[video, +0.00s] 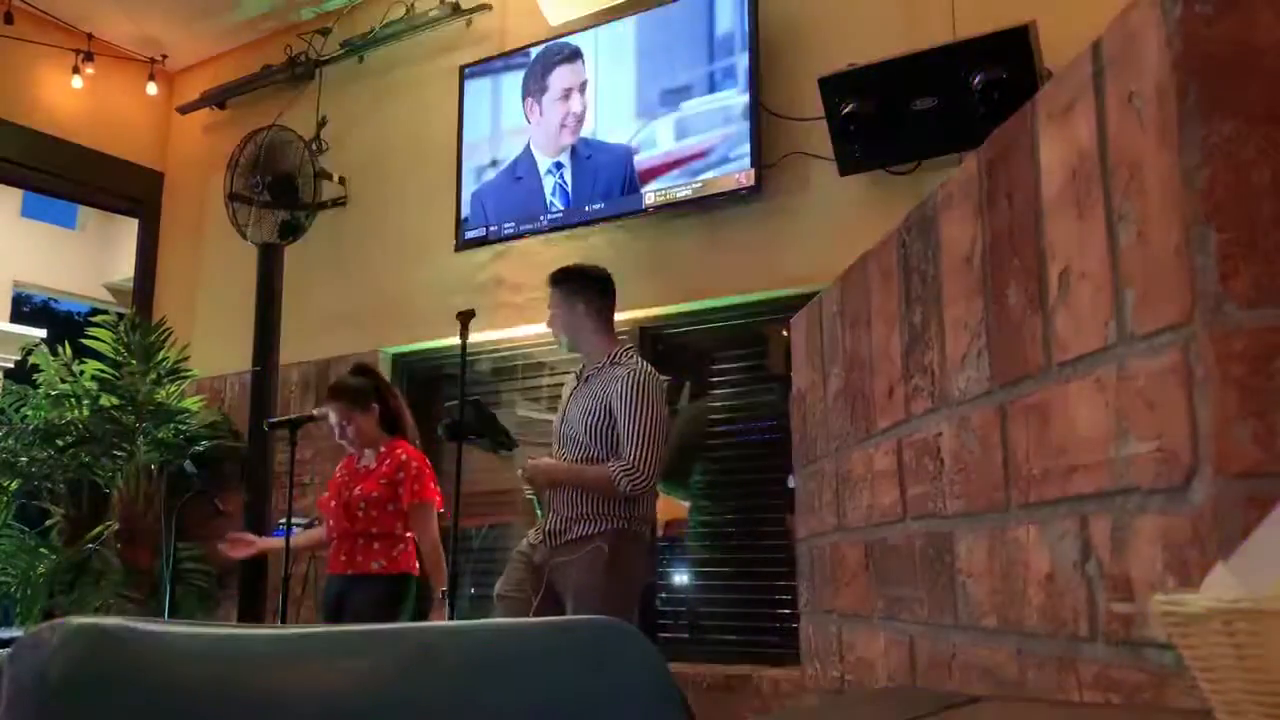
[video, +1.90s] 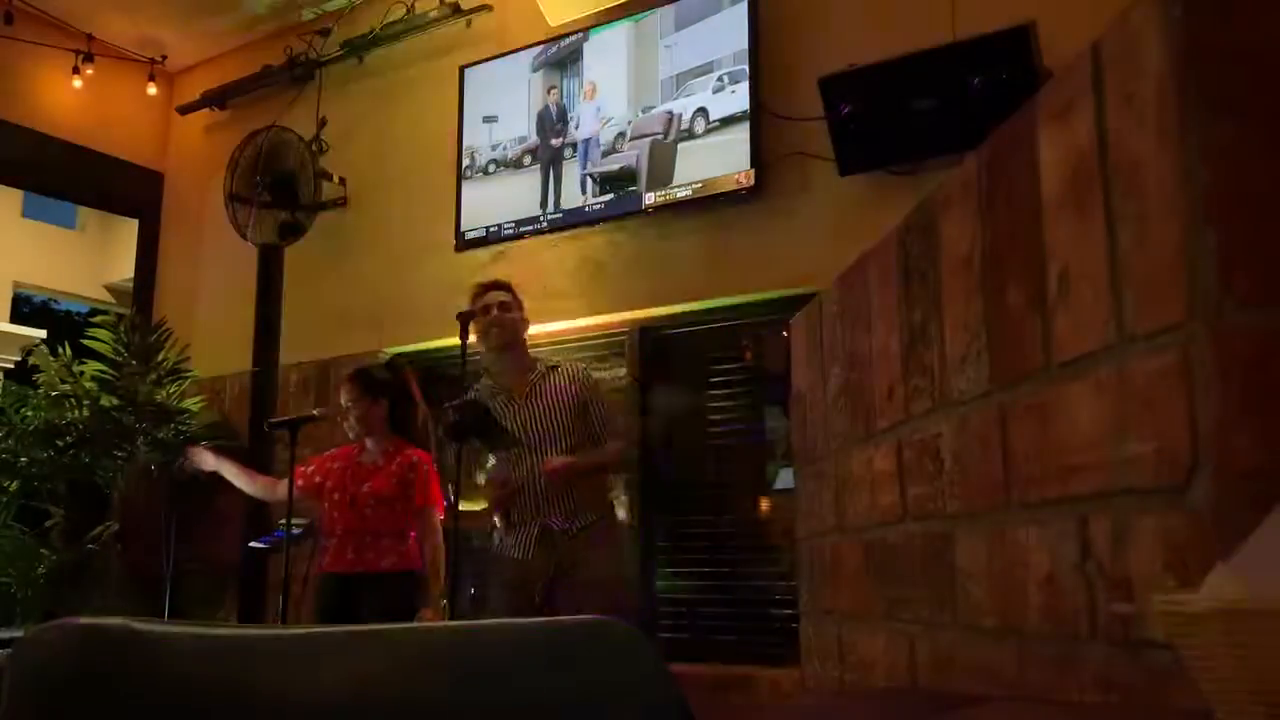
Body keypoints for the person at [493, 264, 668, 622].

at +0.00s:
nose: (548, 321)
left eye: (553, 308)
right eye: (549, 309)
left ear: (581, 309)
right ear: (586, 310)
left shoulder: (634, 377)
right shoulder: (582, 379)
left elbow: (638, 477)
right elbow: (585, 461)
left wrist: (556, 472)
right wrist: (546, 470)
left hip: (604, 544)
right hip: (552, 538)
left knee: (599, 664)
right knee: (507, 645)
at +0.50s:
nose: (494, 343)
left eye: (494, 331)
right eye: (492, 332)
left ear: (515, 328)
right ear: (518, 327)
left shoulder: (580, 371)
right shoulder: (533, 379)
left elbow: (614, 456)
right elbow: (536, 454)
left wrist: (532, 476)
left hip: (578, 541)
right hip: (538, 541)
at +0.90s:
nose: (456, 348)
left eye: (458, 335)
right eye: (452, 340)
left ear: (488, 324)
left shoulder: (548, 374)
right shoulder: (489, 397)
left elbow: (580, 449)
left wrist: (492, 468)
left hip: (546, 541)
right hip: (496, 545)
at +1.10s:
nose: (442, 349)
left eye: (447, 334)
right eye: (436, 343)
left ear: (479, 326)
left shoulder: (540, 371)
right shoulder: (470, 403)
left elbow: (600, 427)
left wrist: (542, 478)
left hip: (553, 539)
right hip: (495, 544)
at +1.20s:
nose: (440, 348)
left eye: (446, 333)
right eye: (432, 343)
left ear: (474, 328)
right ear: (432, 350)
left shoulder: (541, 374)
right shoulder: (464, 408)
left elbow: (608, 421)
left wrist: (571, 467)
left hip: (555, 537)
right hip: (495, 544)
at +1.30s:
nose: (443, 344)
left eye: (448, 330)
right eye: (433, 342)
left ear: (474, 326)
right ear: (432, 354)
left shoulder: (543, 375)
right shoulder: (451, 418)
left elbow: (613, 418)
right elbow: (452, 496)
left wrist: (583, 448)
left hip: (561, 538)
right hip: (494, 547)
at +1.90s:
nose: (494, 316)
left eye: (504, 307)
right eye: (484, 311)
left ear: (525, 321)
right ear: (474, 331)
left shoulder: (575, 378)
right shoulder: (475, 404)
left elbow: (620, 447)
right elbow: (460, 486)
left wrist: (575, 464)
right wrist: (489, 494)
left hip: (588, 539)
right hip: (517, 547)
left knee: (595, 648)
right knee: (514, 653)